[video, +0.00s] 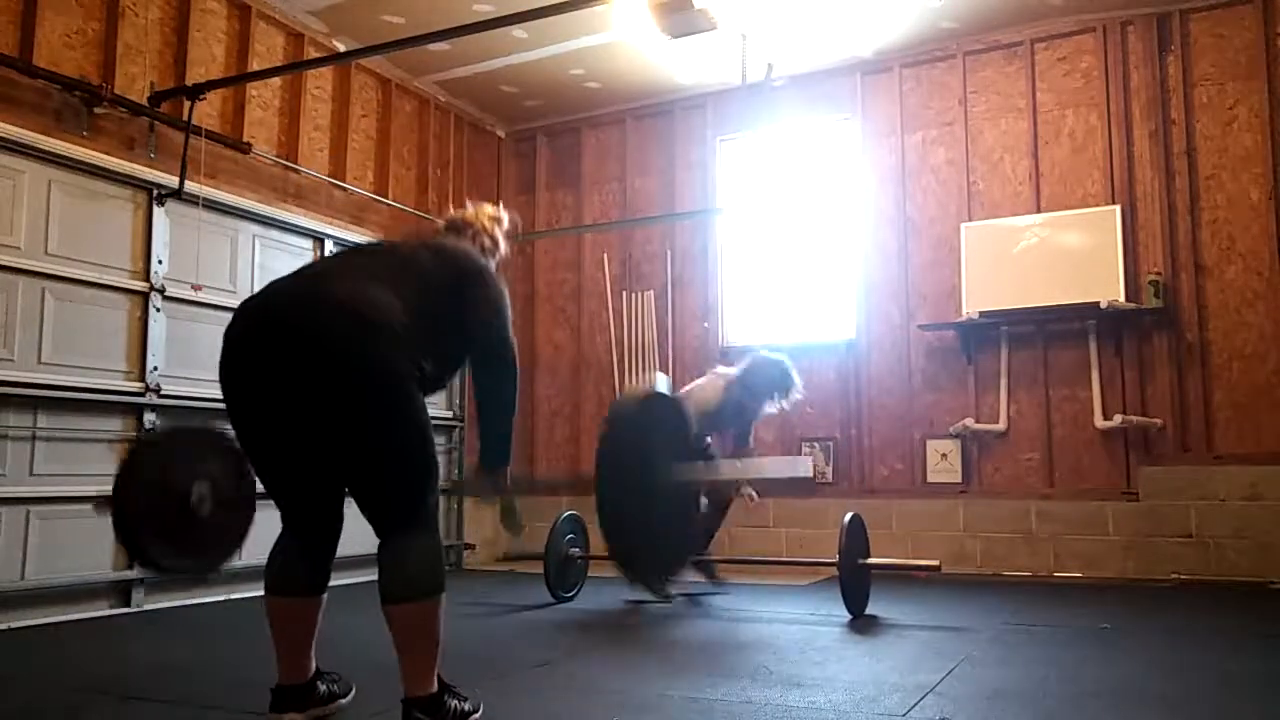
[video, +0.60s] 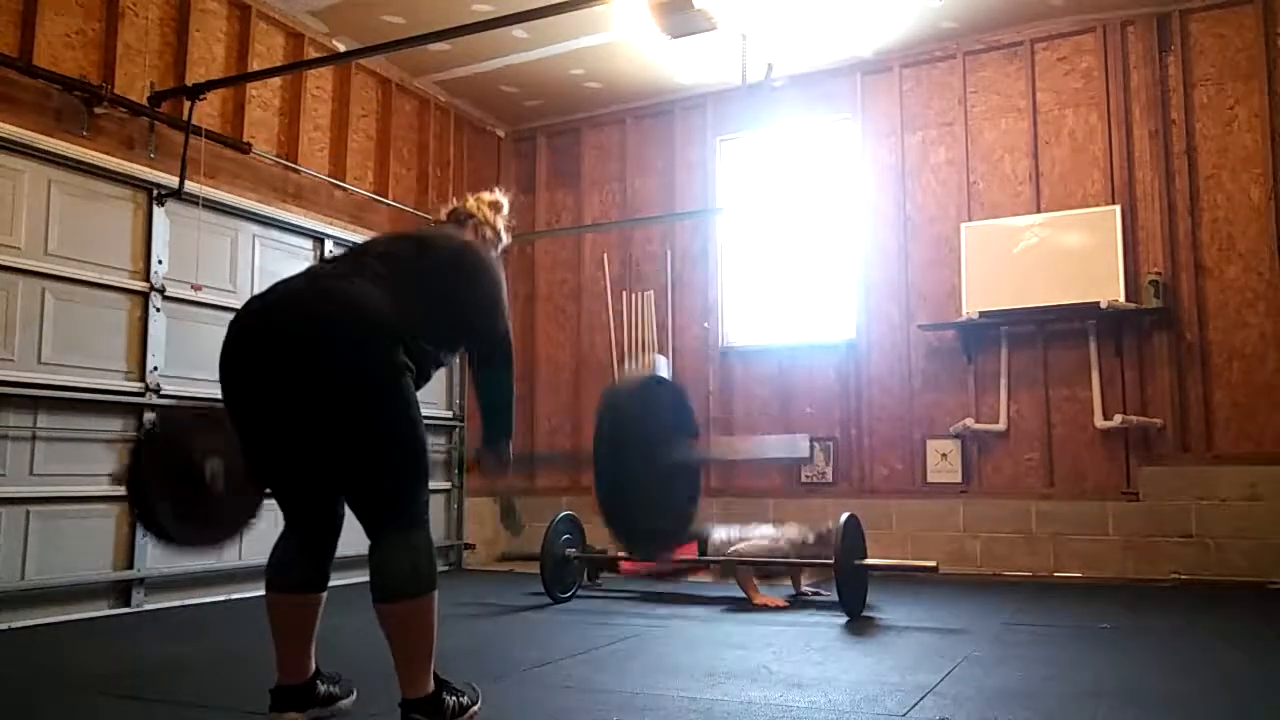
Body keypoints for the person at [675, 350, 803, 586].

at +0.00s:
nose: (769, 400)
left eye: (773, 396)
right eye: (770, 394)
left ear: (766, 391)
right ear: (759, 383)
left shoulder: (750, 402)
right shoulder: (717, 387)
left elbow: (742, 443)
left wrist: (743, 482)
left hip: (699, 437)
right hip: (672, 435)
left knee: (723, 493)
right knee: (684, 499)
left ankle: (699, 551)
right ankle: (656, 567)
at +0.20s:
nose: (780, 452)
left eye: (784, 448)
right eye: (781, 445)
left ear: (779, 437)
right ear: (771, 432)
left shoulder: (758, 440)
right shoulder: (733, 432)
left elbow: (766, 487)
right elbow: (731, 493)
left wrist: (776, 532)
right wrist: (748, 542)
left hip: (692, 455)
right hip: (664, 445)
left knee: (700, 511)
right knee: (675, 512)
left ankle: (681, 570)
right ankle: (638, 575)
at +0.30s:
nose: (781, 488)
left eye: (787, 484)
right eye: (781, 483)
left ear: (788, 469)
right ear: (777, 467)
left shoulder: (774, 459)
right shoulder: (746, 458)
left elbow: (781, 507)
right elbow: (748, 522)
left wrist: (795, 550)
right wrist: (767, 571)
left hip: (699, 445)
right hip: (678, 436)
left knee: (690, 510)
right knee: (668, 508)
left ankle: (662, 558)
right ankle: (624, 560)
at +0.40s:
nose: (803, 512)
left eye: (808, 509)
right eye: (807, 507)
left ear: (806, 492)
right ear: (801, 496)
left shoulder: (787, 486)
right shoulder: (765, 487)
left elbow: (794, 540)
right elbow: (749, 542)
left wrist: (801, 585)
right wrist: (755, 595)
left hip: (701, 474)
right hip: (688, 464)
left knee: (671, 524)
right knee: (651, 526)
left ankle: (620, 541)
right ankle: (594, 541)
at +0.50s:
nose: (827, 542)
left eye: (831, 538)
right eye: (827, 536)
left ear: (822, 517)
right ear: (816, 525)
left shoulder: (803, 513)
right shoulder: (781, 520)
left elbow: (793, 548)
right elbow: (738, 554)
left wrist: (798, 587)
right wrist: (756, 597)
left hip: (714, 496)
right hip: (705, 505)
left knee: (662, 531)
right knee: (651, 538)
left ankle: (614, 544)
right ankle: (602, 549)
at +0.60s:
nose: (826, 559)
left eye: (830, 554)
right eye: (829, 554)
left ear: (823, 538)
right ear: (821, 547)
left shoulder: (803, 536)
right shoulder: (786, 543)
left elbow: (794, 554)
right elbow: (736, 556)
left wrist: (799, 587)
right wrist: (756, 596)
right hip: (694, 545)